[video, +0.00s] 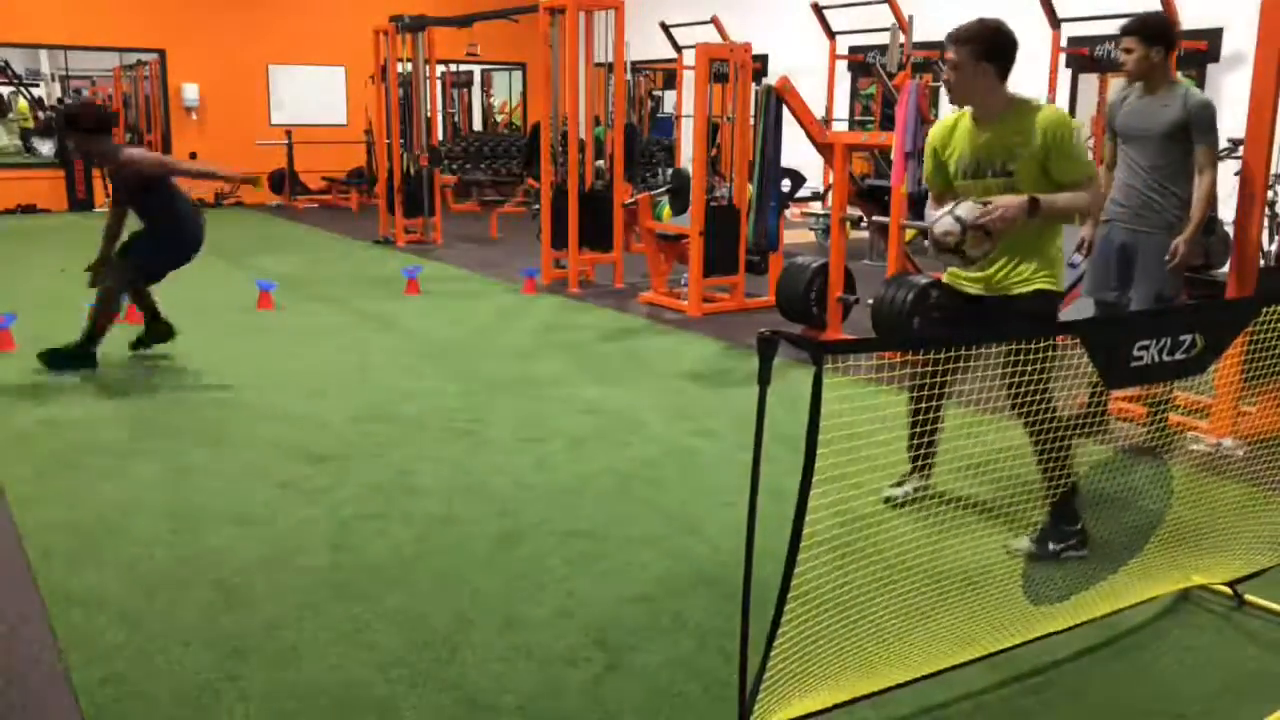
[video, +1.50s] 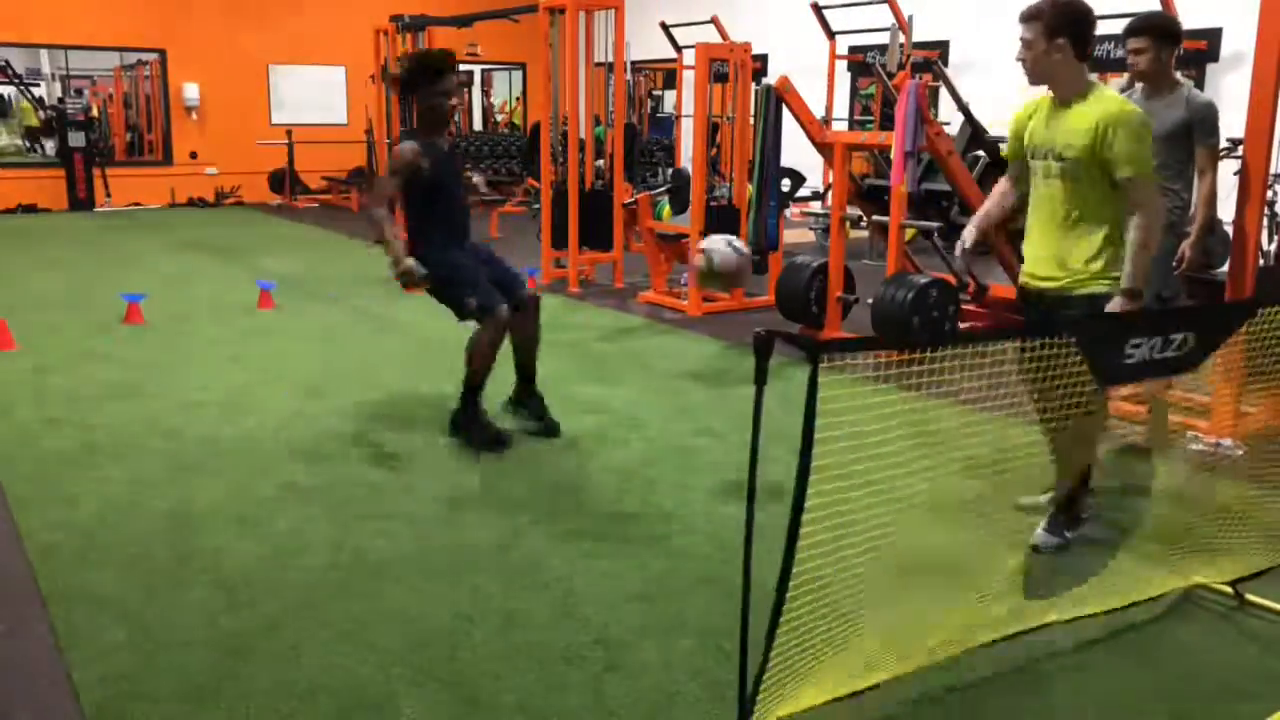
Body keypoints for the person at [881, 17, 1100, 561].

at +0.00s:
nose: (945, 75)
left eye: (954, 66)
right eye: (945, 65)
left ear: (989, 69)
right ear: (966, 69)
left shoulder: (1049, 126)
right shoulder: (943, 133)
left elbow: (1091, 197)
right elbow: (937, 203)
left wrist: (1028, 205)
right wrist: (940, 227)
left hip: (1029, 284)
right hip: (962, 283)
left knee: (1028, 396)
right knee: (926, 371)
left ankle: (1067, 519)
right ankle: (918, 474)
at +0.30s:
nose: (906, 70)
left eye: (914, 60)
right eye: (906, 60)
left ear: (948, 61)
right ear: (933, 63)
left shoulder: (1004, 112)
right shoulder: (919, 128)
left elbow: (1051, 181)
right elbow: (921, 202)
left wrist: (979, 206)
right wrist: (898, 214)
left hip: (1008, 277)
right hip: (945, 276)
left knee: (1016, 390)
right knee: (921, 374)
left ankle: (1039, 509)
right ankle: (918, 473)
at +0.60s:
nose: (945, 79)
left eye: (957, 67)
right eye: (937, 68)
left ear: (981, 64)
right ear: (929, 68)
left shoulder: (1019, 116)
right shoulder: (927, 131)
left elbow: (1089, 170)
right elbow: (891, 180)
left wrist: (1097, 240)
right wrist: (832, 162)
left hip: (1029, 281)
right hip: (961, 280)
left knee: (1037, 391)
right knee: (925, 374)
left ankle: (1062, 508)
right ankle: (917, 475)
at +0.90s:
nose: (1025, 100)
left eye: (1033, 87)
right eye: (1011, 90)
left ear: (1046, 82)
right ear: (991, 90)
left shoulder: (1082, 135)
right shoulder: (973, 159)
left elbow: (1127, 201)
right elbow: (958, 237)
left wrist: (1178, 227)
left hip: (1073, 292)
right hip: (998, 298)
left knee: (1080, 403)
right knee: (952, 377)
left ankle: (1063, 512)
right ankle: (920, 471)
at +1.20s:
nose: (1045, 79)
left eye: (1055, 66)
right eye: (1035, 69)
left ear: (1078, 60)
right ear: (1023, 70)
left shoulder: (1123, 130)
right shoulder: (1004, 139)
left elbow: (1145, 210)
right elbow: (1005, 232)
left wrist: (1146, 287)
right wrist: (1097, 218)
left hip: (1094, 288)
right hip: (1018, 286)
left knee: (1087, 404)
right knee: (960, 383)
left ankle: (1063, 516)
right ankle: (928, 474)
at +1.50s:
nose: (1020, 55)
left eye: (1029, 45)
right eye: (1021, 44)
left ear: (1064, 49)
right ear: (1053, 50)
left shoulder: (1118, 117)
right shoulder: (1028, 114)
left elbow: (1148, 209)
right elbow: (1013, 183)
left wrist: (1131, 290)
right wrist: (976, 226)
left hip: (1092, 286)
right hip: (1036, 281)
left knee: (1078, 396)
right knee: (1040, 386)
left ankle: (1069, 508)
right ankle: (1073, 478)